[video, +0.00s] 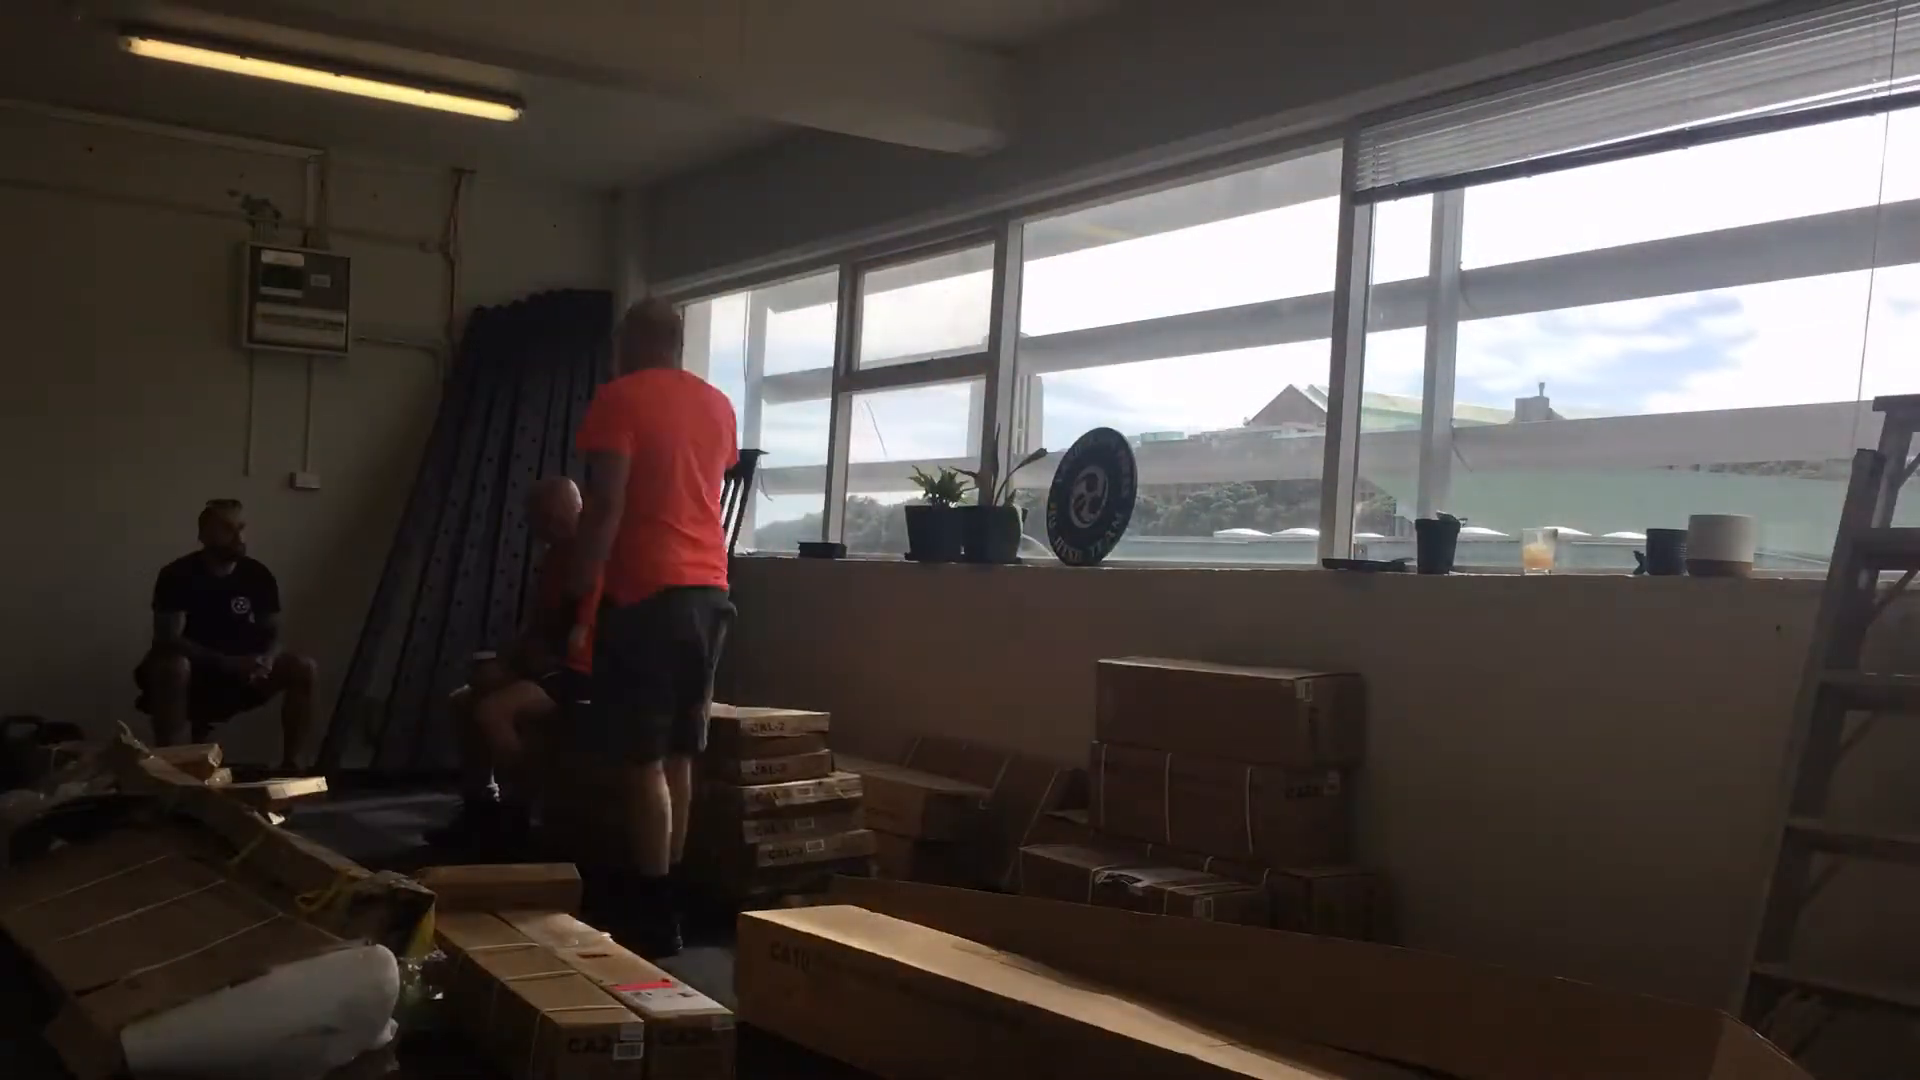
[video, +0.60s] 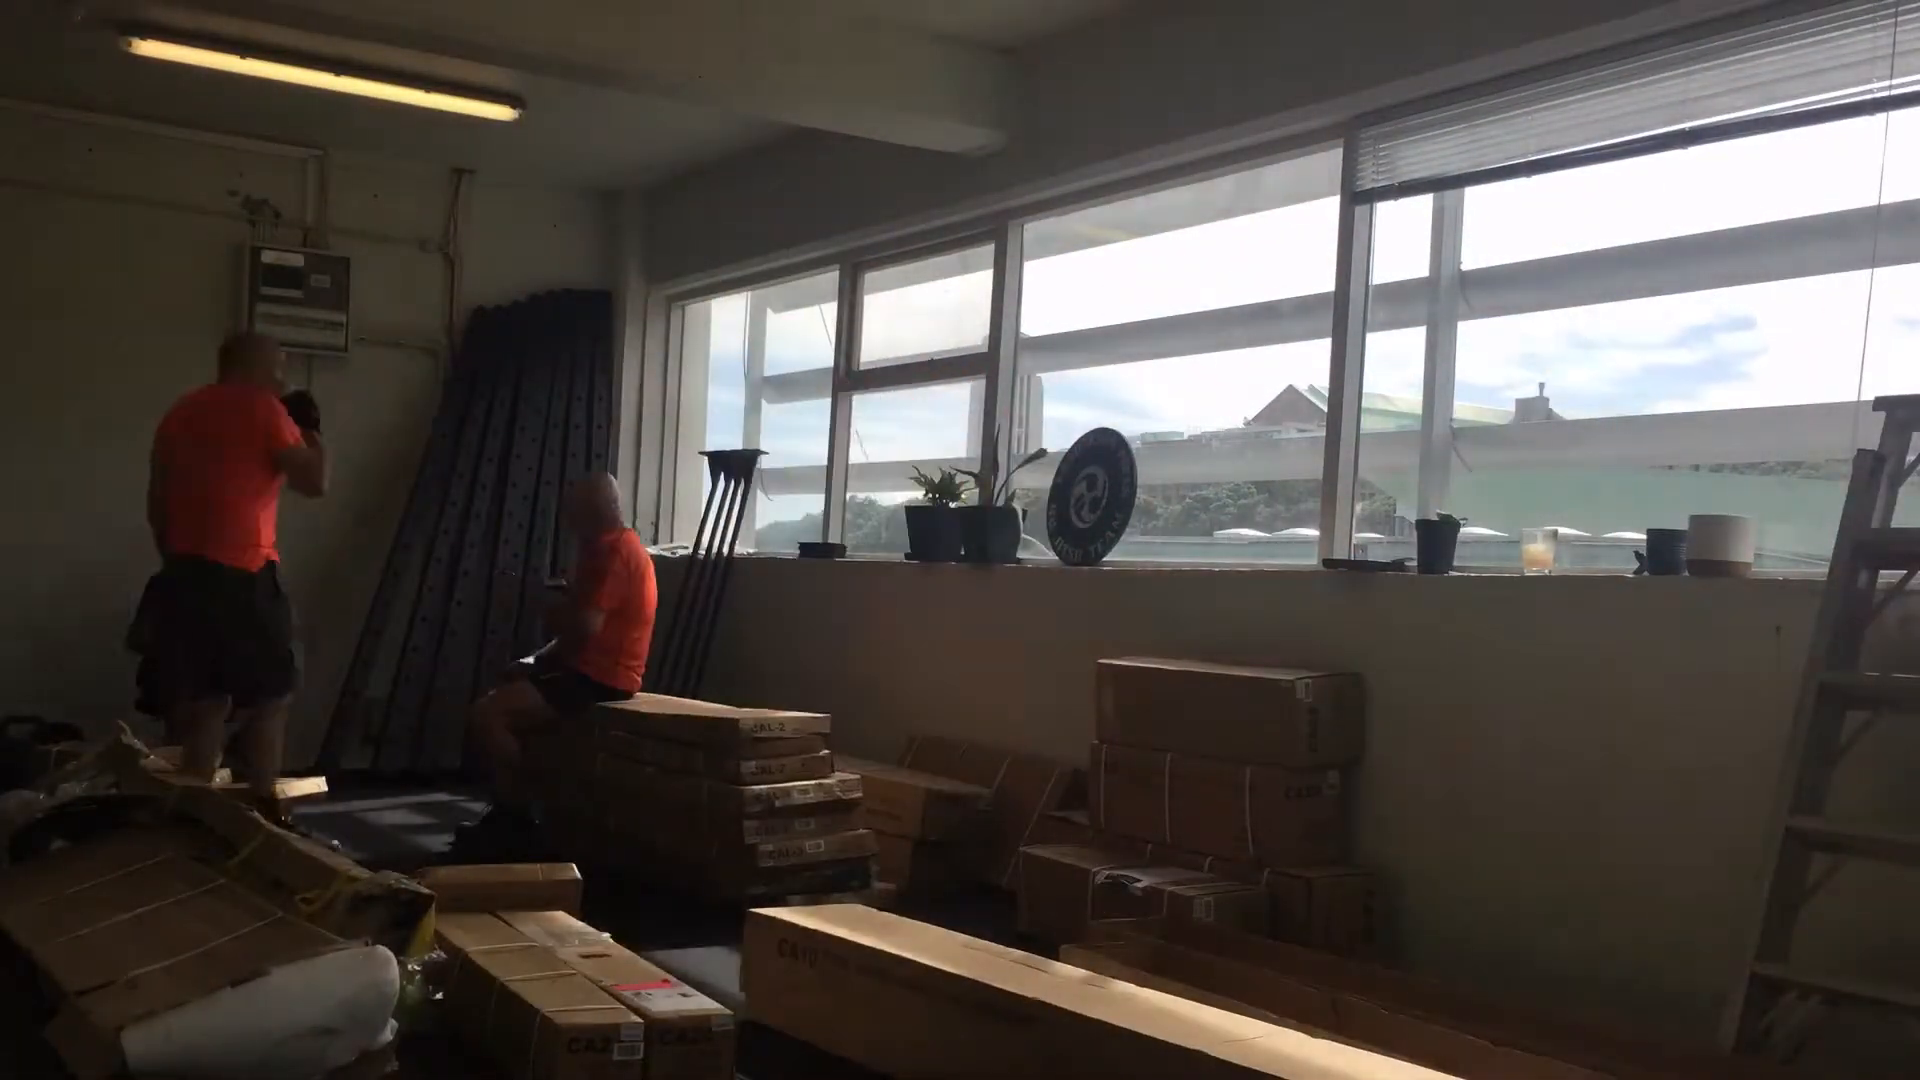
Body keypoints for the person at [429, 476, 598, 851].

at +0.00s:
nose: (542, 530)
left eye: (548, 519)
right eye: (540, 520)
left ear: (569, 516)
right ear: (542, 520)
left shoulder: (589, 562)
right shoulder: (554, 557)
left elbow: (574, 648)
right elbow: (538, 626)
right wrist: (505, 662)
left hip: (577, 672)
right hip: (545, 664)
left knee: (495, 710)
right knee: (464, 704)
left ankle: (520, 812)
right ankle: (478, 808)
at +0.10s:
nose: (534, 523)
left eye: (541, 514)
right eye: (535, 514)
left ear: (562, 513)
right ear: (568, 513)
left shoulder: (591, 554)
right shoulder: (562, 553)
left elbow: (570, 640)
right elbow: (545, 630)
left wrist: (510, 666)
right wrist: (506, 665)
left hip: (587, 674)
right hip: (559, 667)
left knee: (493, 710)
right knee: (462, 703)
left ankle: (519, 816)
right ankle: (479, 812)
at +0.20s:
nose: (535, 523)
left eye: (540, 514)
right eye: (535, 515)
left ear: (562, 512)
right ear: (568, 512)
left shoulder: (599, 552)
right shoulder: (564, 553)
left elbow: (557, 607)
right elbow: (544, 626)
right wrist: (505, 668)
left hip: (586, 674)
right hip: (551, 667)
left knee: (493, 709)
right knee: (462, 704)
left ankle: (522, 813)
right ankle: (480, 809)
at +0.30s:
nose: (536, 518)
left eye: (543, 509)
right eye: (537, 509)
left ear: (566, 510)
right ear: (556, 514)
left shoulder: (594, 553)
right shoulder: (561, 555)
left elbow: (581, 627)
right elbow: (545, 627)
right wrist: (503, 669)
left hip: (586, 673)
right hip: (552, 666)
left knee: (494, 709)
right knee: (462, 704)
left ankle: (516, 816)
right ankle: (481, 812)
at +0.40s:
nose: (535, 524)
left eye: (540, 514)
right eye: (535, 514)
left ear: (561, 512)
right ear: (563, 513)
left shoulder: (591, 553)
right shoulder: (563, 554)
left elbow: (579, 630)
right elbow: (542, 630)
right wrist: (500, 669)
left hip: (585, 674)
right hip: (553, 666)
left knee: (494, 710)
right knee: (462, 705)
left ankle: (513, 817)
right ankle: (480, 812)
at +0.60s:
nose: (568, 513)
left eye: (574, 504)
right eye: (570, 504)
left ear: (591, 508)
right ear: (612, 506)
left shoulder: (614, 549)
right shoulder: (622, 545)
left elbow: (588, 623)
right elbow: (581, 626)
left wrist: (536, 666)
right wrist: (533, 662)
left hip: (601, 677)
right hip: (603, 672)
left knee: (492, 711)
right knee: (498, 700)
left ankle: (513, 817)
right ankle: (511, 813)